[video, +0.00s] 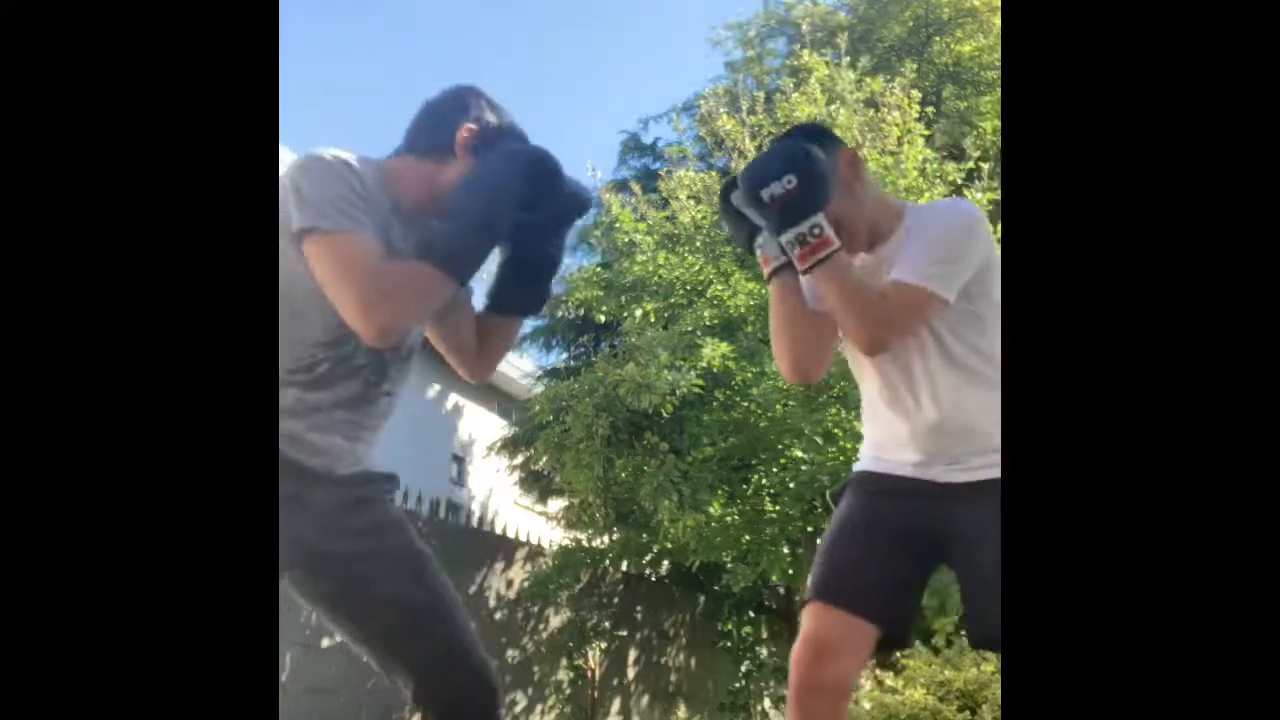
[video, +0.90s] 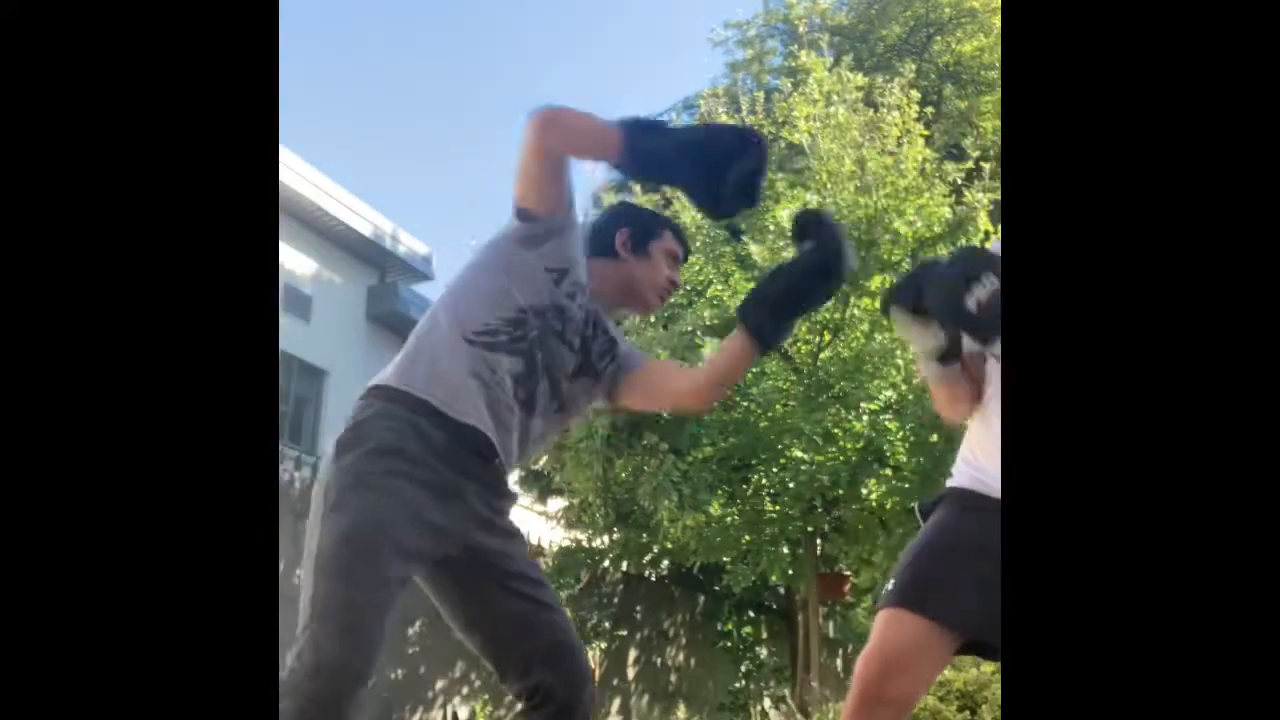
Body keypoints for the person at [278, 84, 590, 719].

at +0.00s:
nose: (503, 175)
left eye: (510, 164)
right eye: (502, 157)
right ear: (467, 137)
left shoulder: (429, 244)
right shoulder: (321, 179)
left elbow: (476, 360)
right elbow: (378, 317)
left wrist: (538, 242)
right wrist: (486, 207)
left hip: (339, 486)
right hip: (287, 469)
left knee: (464, 688)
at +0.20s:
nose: (453, 183)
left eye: (463, 169)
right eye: (454, 159)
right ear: (411, 129)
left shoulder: (384, 246)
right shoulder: (286, 192)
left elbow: (443, 352)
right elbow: (291, 332)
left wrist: (526, 293)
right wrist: (410, 233)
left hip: (304, 493)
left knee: (462, 674)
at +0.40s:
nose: (512, 233)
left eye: (515, 215)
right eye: (511, 206)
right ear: (472, 178)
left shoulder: (431, 300)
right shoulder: (356, 203)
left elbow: (502, 394)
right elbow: (287, 271)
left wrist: (602, 350)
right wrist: (409, 277)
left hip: (309, 497)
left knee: (462, 673)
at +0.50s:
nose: (543, 271)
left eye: (552, 263)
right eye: (545, 250)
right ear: (512, 216)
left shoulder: (439, 325)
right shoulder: (420, 237)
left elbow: (443, 460)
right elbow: (431, 172)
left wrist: (551, 411)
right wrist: (564, 212)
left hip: (334, 505)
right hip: (288, 475)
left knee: (467, 674)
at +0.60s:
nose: (584, 289)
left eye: (589, 276)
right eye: (583, 267)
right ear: (550, 244)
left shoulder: (475, 344)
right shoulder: (489, 244)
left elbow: (437, 483)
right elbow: (596, 158)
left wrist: (553, 440)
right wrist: (705, 189)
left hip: (361, 507)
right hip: (306, 455)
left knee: (484, 676)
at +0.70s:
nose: (621, 292)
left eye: (625, 285)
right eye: (618, 270)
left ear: (596, 304)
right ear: (582, 252)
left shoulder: (520, 366)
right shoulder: (519, 256)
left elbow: (490, 485)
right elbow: (653, 216)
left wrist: (615, 422)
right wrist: (794, 196)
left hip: (418, 516)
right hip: (345, 466)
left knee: (525, 689)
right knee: (270, 643)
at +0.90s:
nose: (675, 280)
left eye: (680, 271)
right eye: (669, 260)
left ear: (635, 263)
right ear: (625, 242)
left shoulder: (610, 360)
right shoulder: (548, 239)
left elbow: (701, 388)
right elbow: (548, 128)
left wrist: (781, 300)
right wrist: (671, 149)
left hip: (478, 498)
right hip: (398, 445)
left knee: (563, 688)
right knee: (329, 674)